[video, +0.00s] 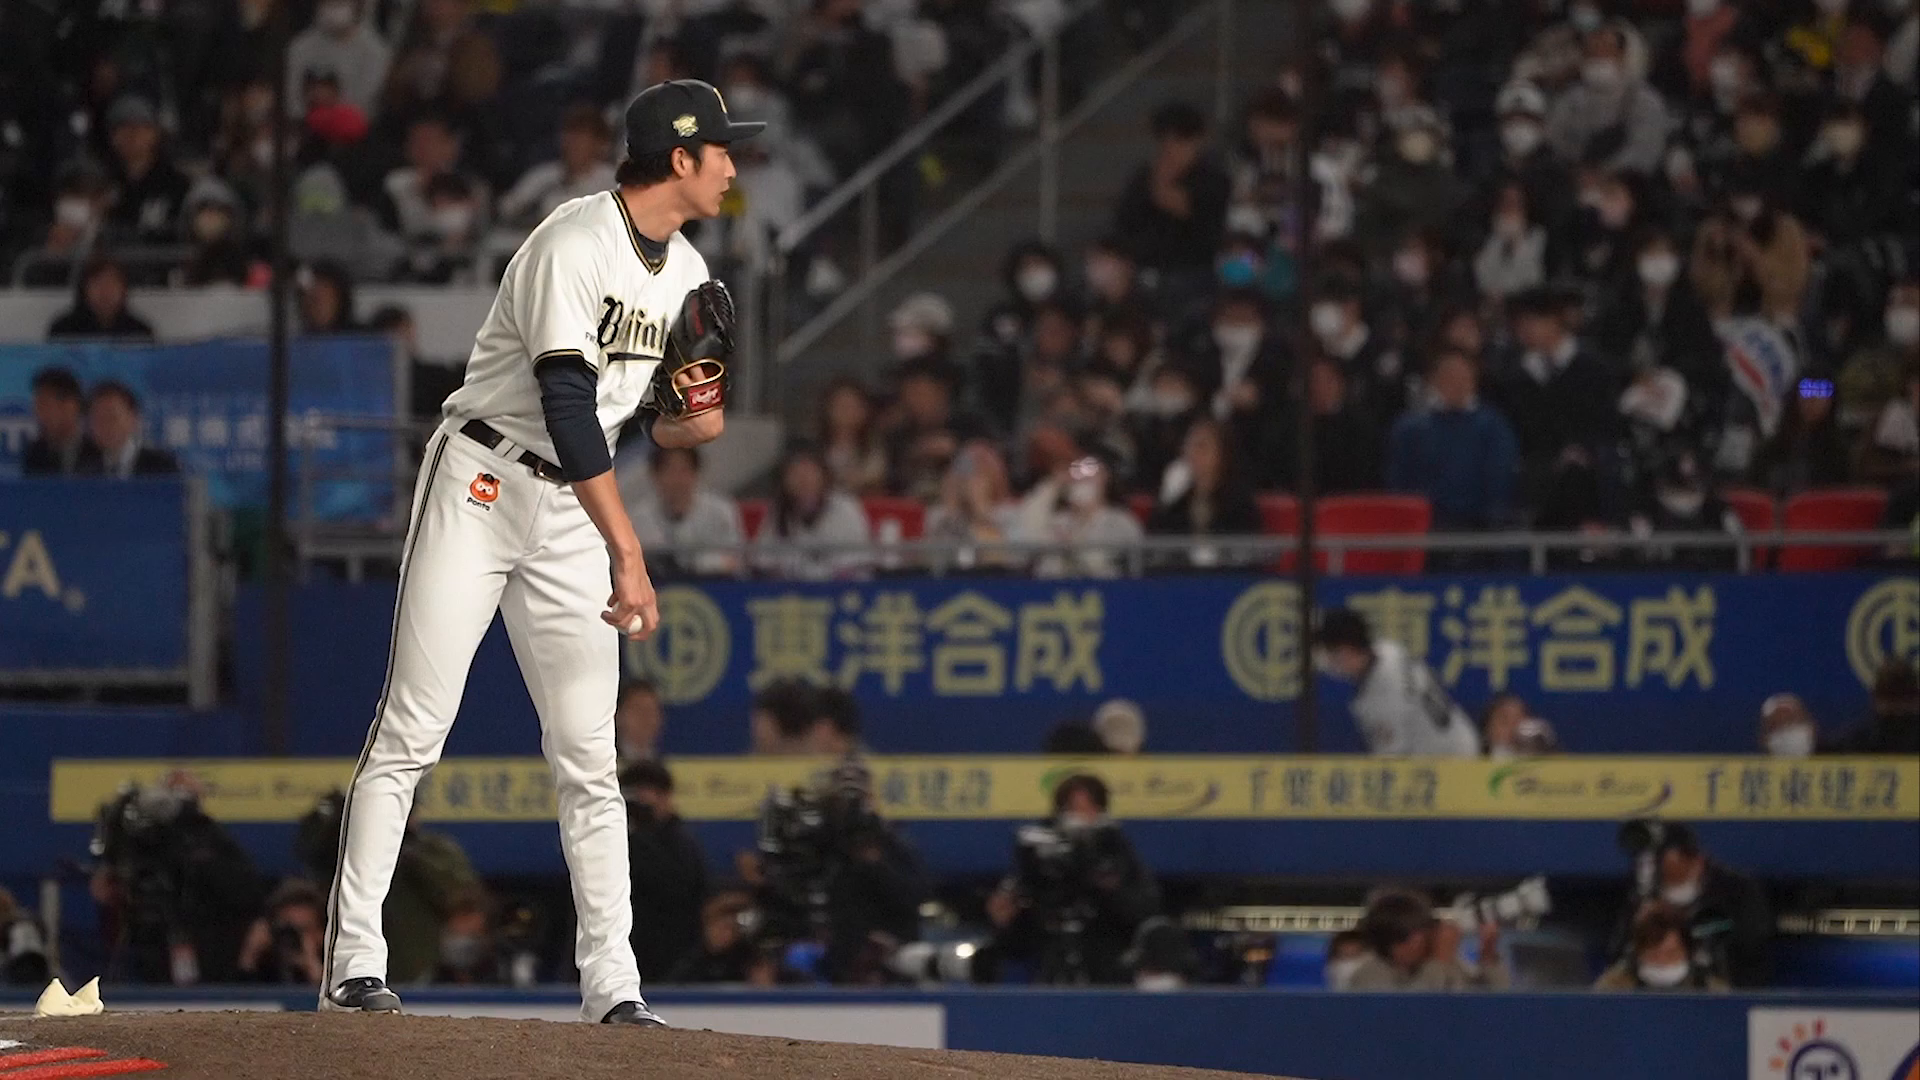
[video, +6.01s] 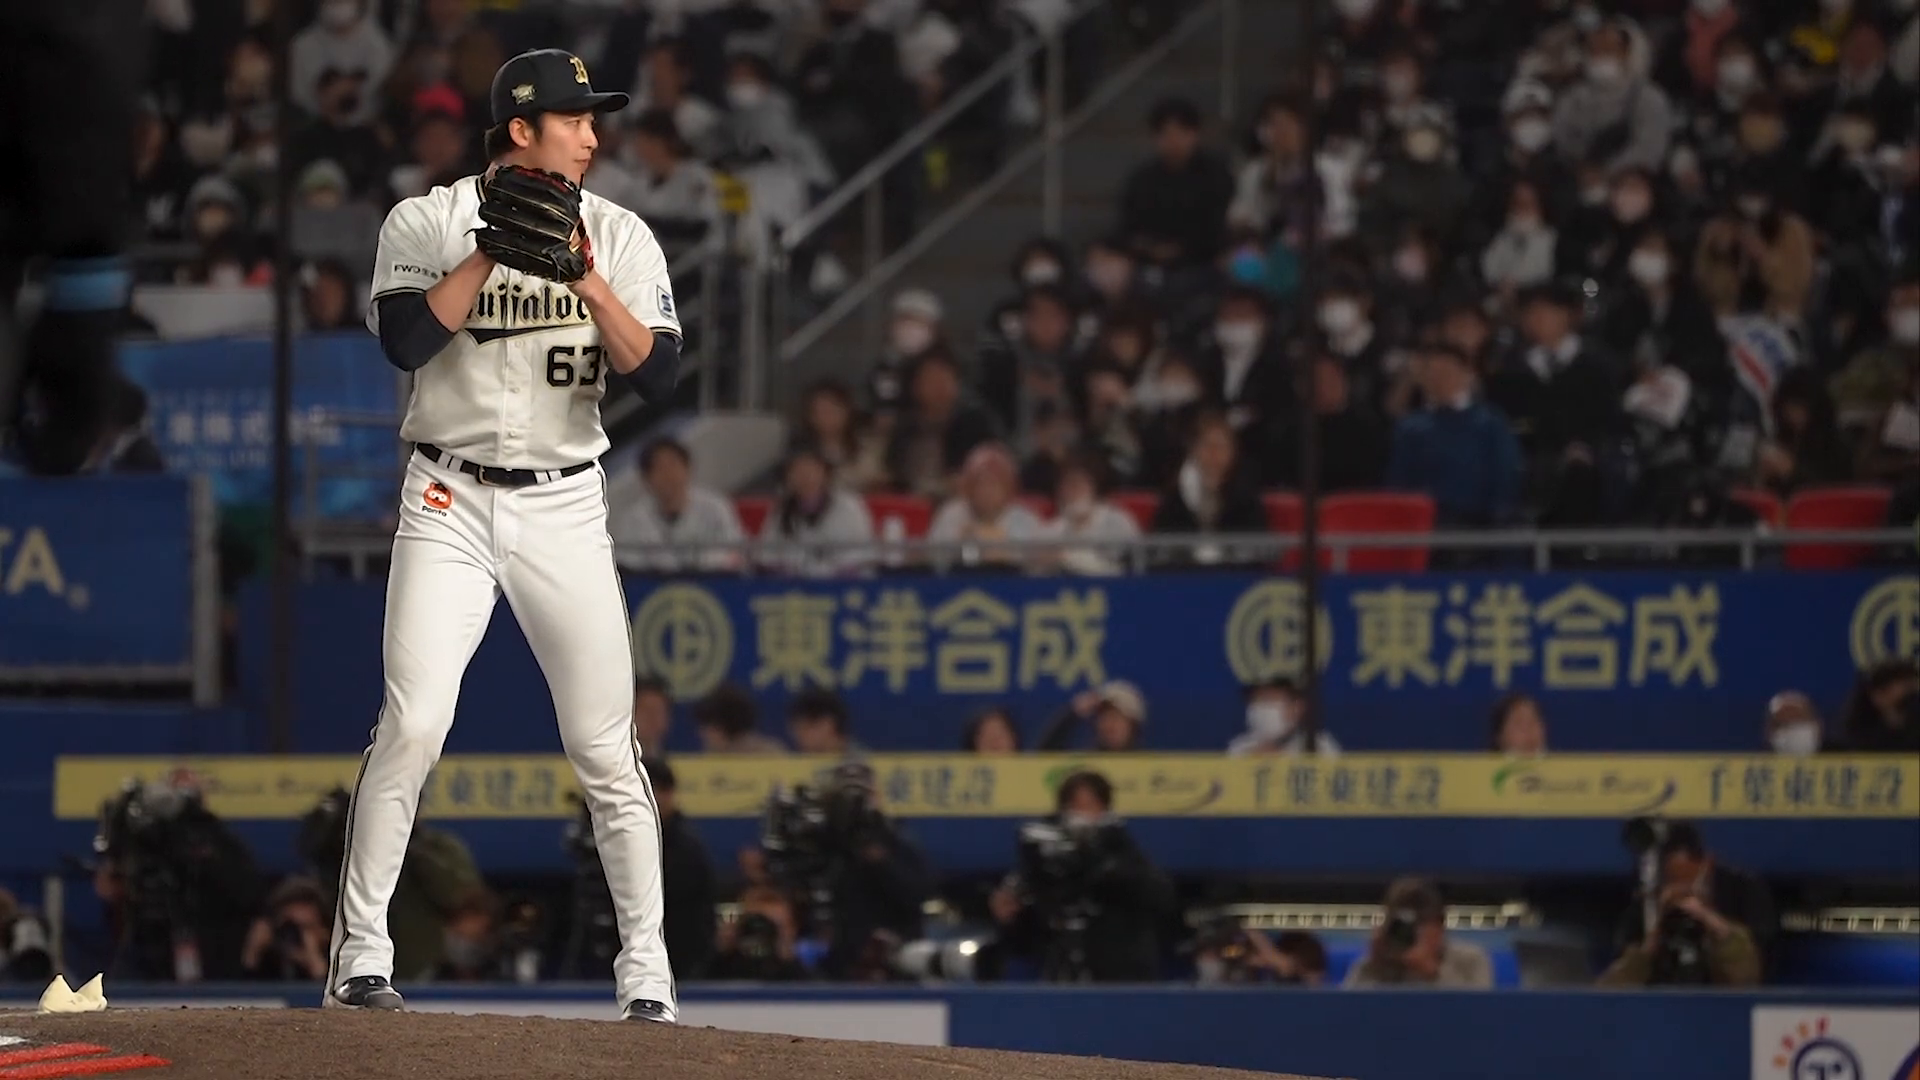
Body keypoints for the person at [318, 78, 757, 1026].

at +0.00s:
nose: (733, 166)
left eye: (730, 151)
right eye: (721, 150)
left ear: (681, 161)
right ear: (680, 157)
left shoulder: (692, 274)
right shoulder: (570, 243)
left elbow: (663, 416)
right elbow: (568, 409)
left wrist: (688, 424)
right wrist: (627, 552)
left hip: (577, 513)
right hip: (480, 481)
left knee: (589, 759)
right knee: (412, 729)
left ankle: (613, 993)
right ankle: (354, 962)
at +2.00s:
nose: (503, 109)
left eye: (515, 95)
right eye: (483, 95)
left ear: (530, 113)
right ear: (441, 110)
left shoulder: (574, 218)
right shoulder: (381, 212)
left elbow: (605, 371)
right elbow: (335, 362)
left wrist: (547, 324)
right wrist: (433, 310)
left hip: (527, 494)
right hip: (410, 488)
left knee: (585, 738)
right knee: (390, 724)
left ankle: (621, 983)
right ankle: (357, 964)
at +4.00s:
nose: (536, 137)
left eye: (549, 119)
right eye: (517, 119)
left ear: (569, 131)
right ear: (477, 129)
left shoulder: (613, 235)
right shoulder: (418, 228)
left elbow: (645, 351)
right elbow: (379, 340)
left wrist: (559, 271)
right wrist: (469, 261)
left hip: (561, 515)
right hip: (442, 507)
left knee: (603, 750)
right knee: (410, 724)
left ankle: (647, 977)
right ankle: (360, 959)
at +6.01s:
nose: (592, 133)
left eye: (593, 118)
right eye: (574, 117)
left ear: (585, 133)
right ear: (517, 128)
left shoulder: (624, 238)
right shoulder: (429, 220)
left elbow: (659, 380)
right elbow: (403, 343)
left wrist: (589, 281)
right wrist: (491, 250)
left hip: (566, 511)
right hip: (447, 501)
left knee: (603, 748)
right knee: (413, 724)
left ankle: (645, 970)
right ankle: (361, 957)